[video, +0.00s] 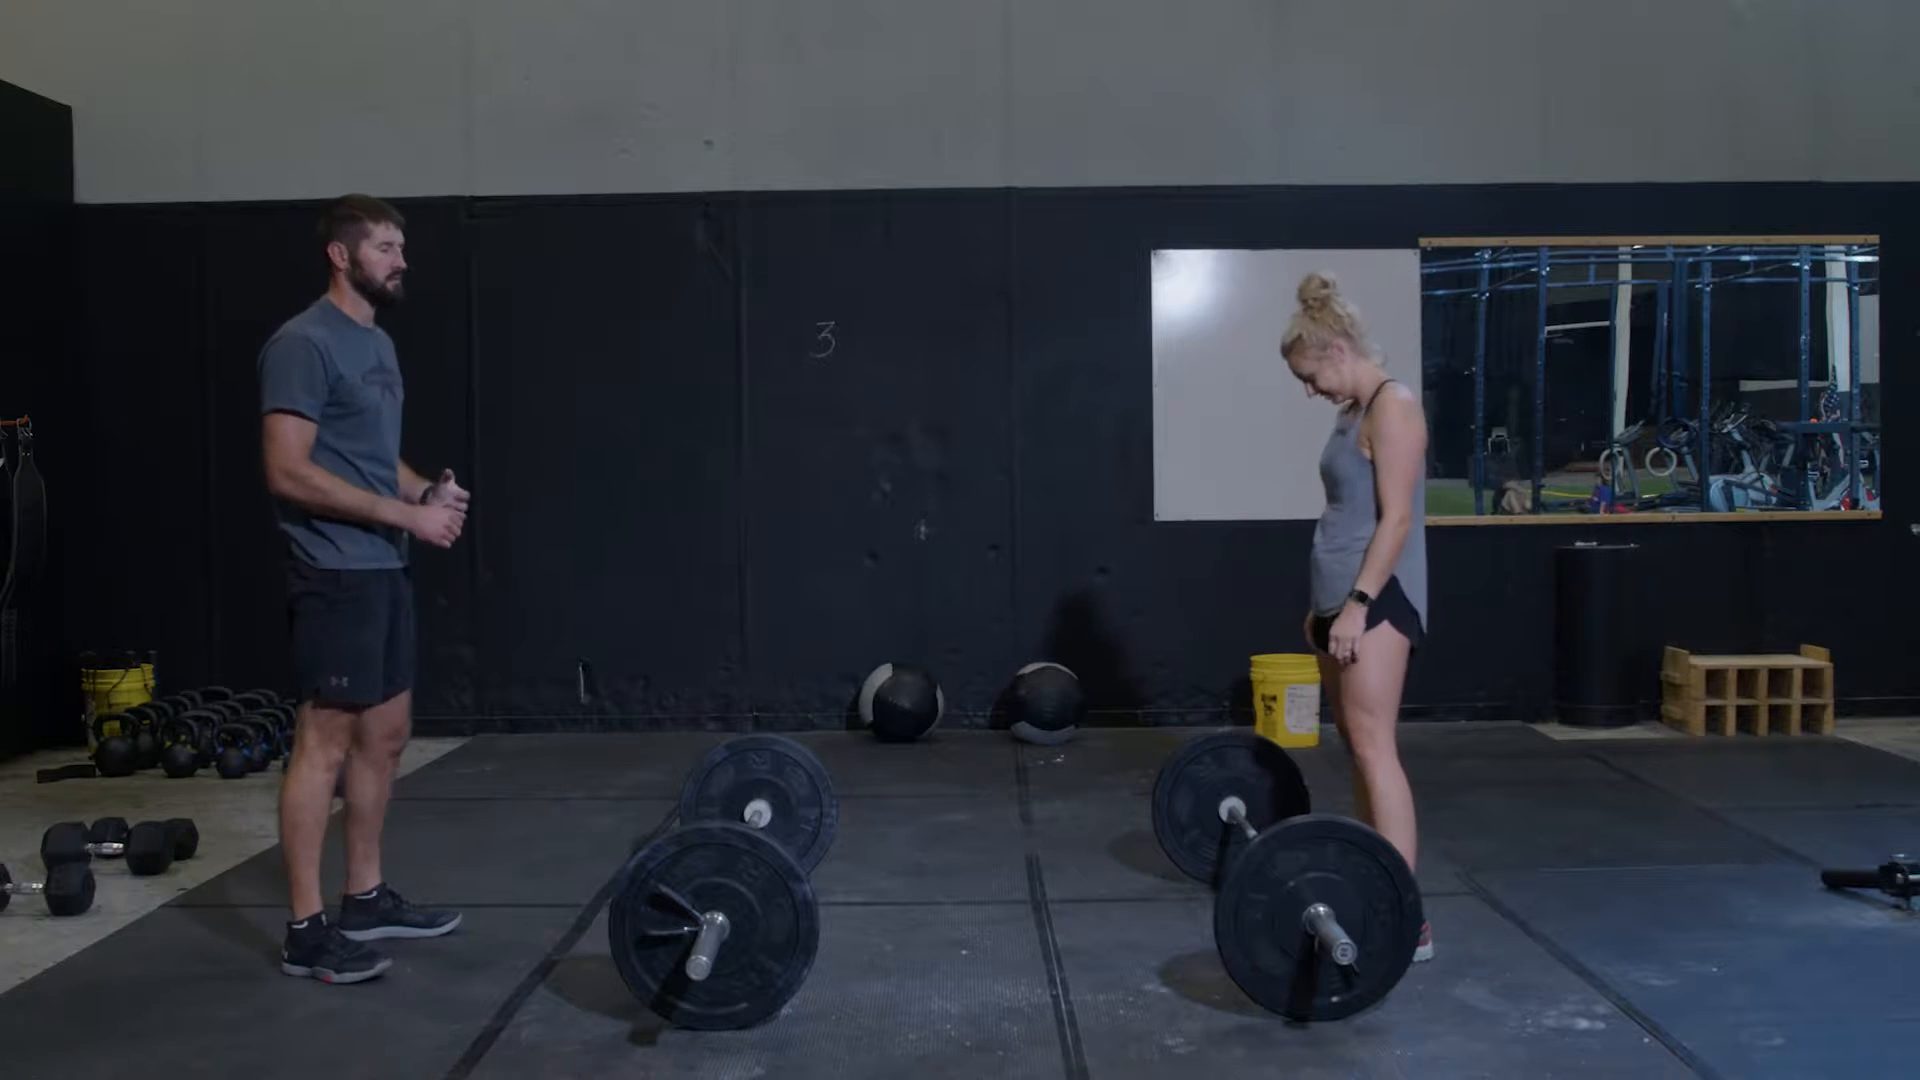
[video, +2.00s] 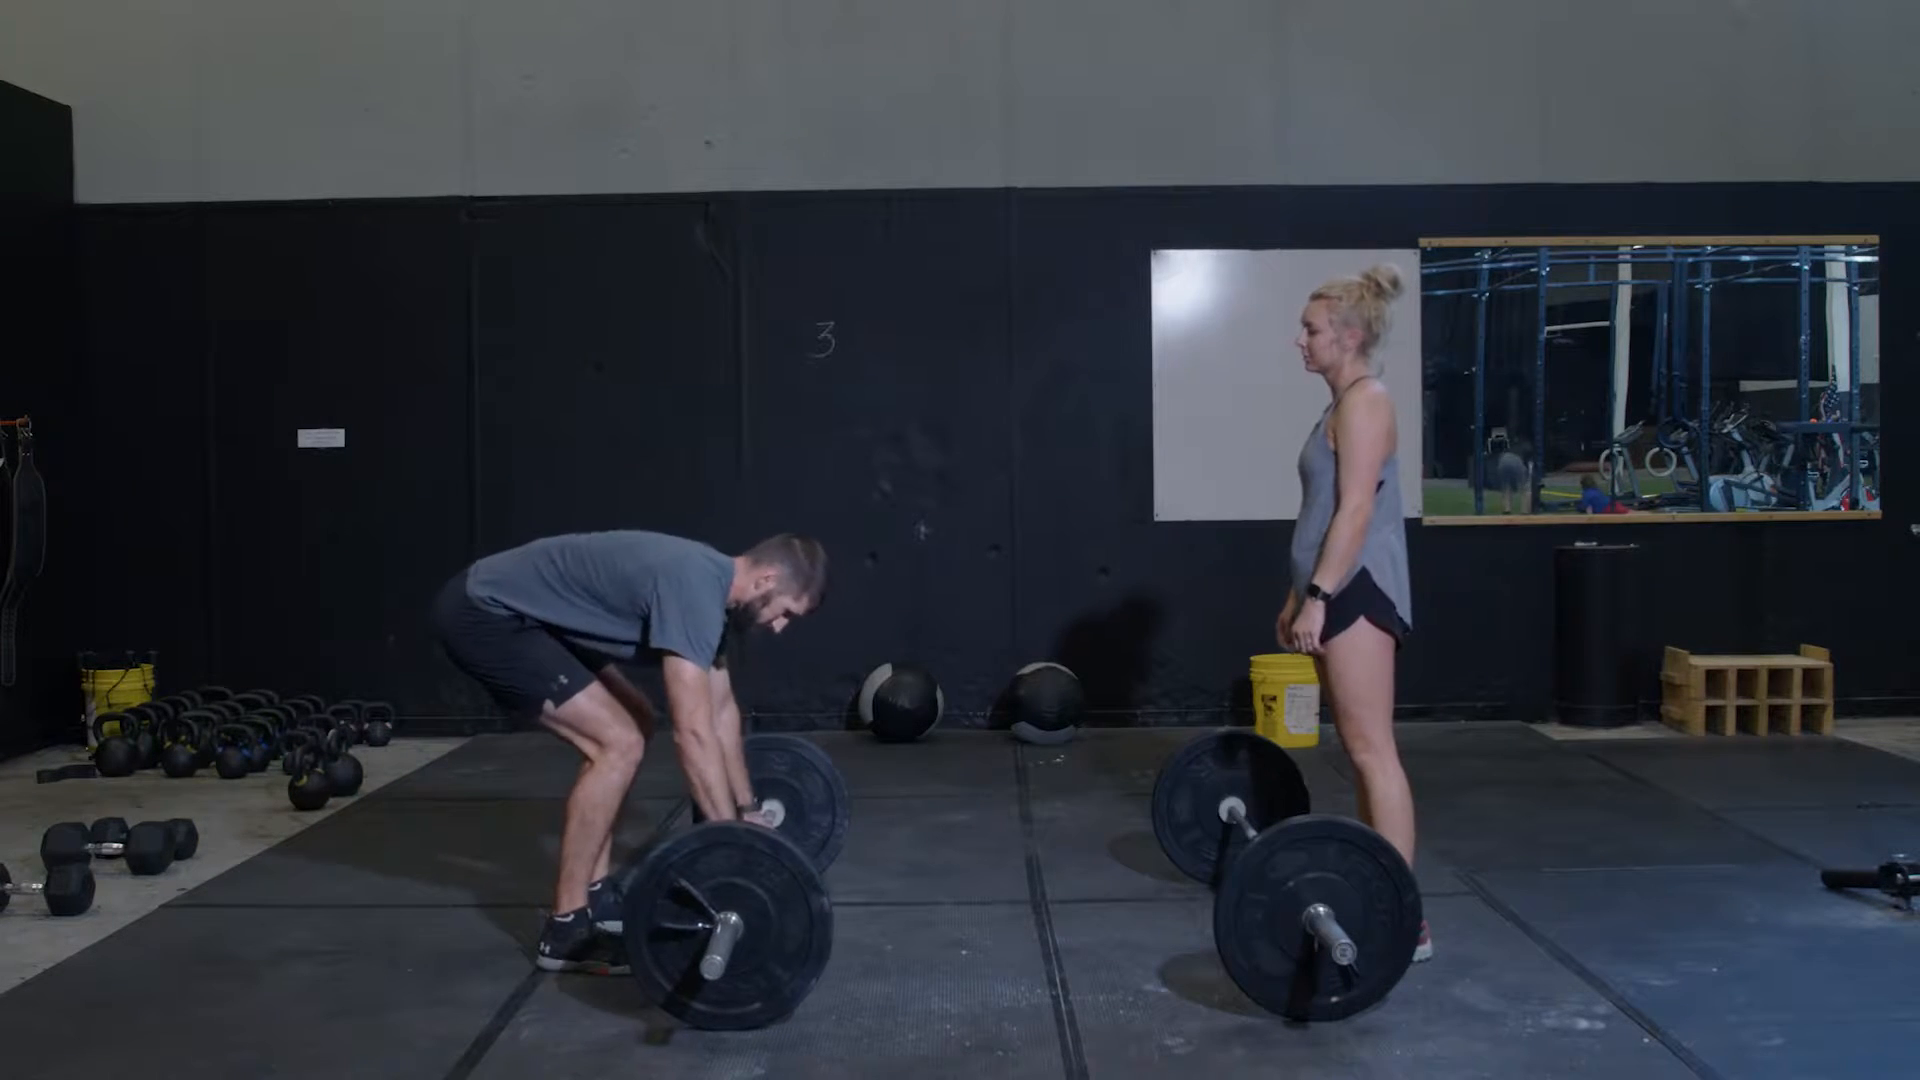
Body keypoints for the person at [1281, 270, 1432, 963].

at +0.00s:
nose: (1313, 389)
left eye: (1313, 375)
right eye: (1305, 381)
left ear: (1342, 347)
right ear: (1332, 354)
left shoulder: (1393, 407)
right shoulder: (1357, 412)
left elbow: (1397, 519)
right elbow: (1346, 518)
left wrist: (1357, 604)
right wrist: (1327, 603)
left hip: (1377, 598)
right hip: (1345, 596)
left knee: (1373, 745)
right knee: (1362, 744)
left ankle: (1402, 911)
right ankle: (1382, 900)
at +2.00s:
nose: (1301, 341)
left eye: (1312, 330)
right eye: (1303, 329)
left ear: (1351, 337)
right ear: (1342, 339)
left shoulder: (1365, 403)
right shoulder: (1341, 407)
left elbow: (1356, 511)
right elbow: (1326, 515)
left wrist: (1318, 595)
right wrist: (1299, 594)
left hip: (1361, 594)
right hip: (1340, 592)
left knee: (1373, 751)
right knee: (1364, 750)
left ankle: (1399, 911)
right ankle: (1385, 904)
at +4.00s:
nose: (1316, 329)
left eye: (1329, 320)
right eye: (1320, 318)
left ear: (1365, 333)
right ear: (1356, 334)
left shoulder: (1375, 400)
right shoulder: (1354, 403)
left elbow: (1365, 508)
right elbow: (1338, 512)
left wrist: (1325, 594)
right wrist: (1310, 594)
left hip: (1366, 593)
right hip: (1346, 592)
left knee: (1377, 749)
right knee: (1365, 748)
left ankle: (1399, 912)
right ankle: (1378, 901)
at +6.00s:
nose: (1321, 324)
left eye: (1335, 317)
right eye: (1325, 314)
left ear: (1369, 336)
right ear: (1358, 336)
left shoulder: (1375, 402)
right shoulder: (1351, 405)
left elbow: (1367, 509)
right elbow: (1331, 513)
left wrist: (1327, 593)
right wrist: (1304, 594)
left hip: (1367, 593)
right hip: (1342, 593)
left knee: (1378, 748)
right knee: (1359, 747)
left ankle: (1401, 914)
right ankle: (1375, 903)